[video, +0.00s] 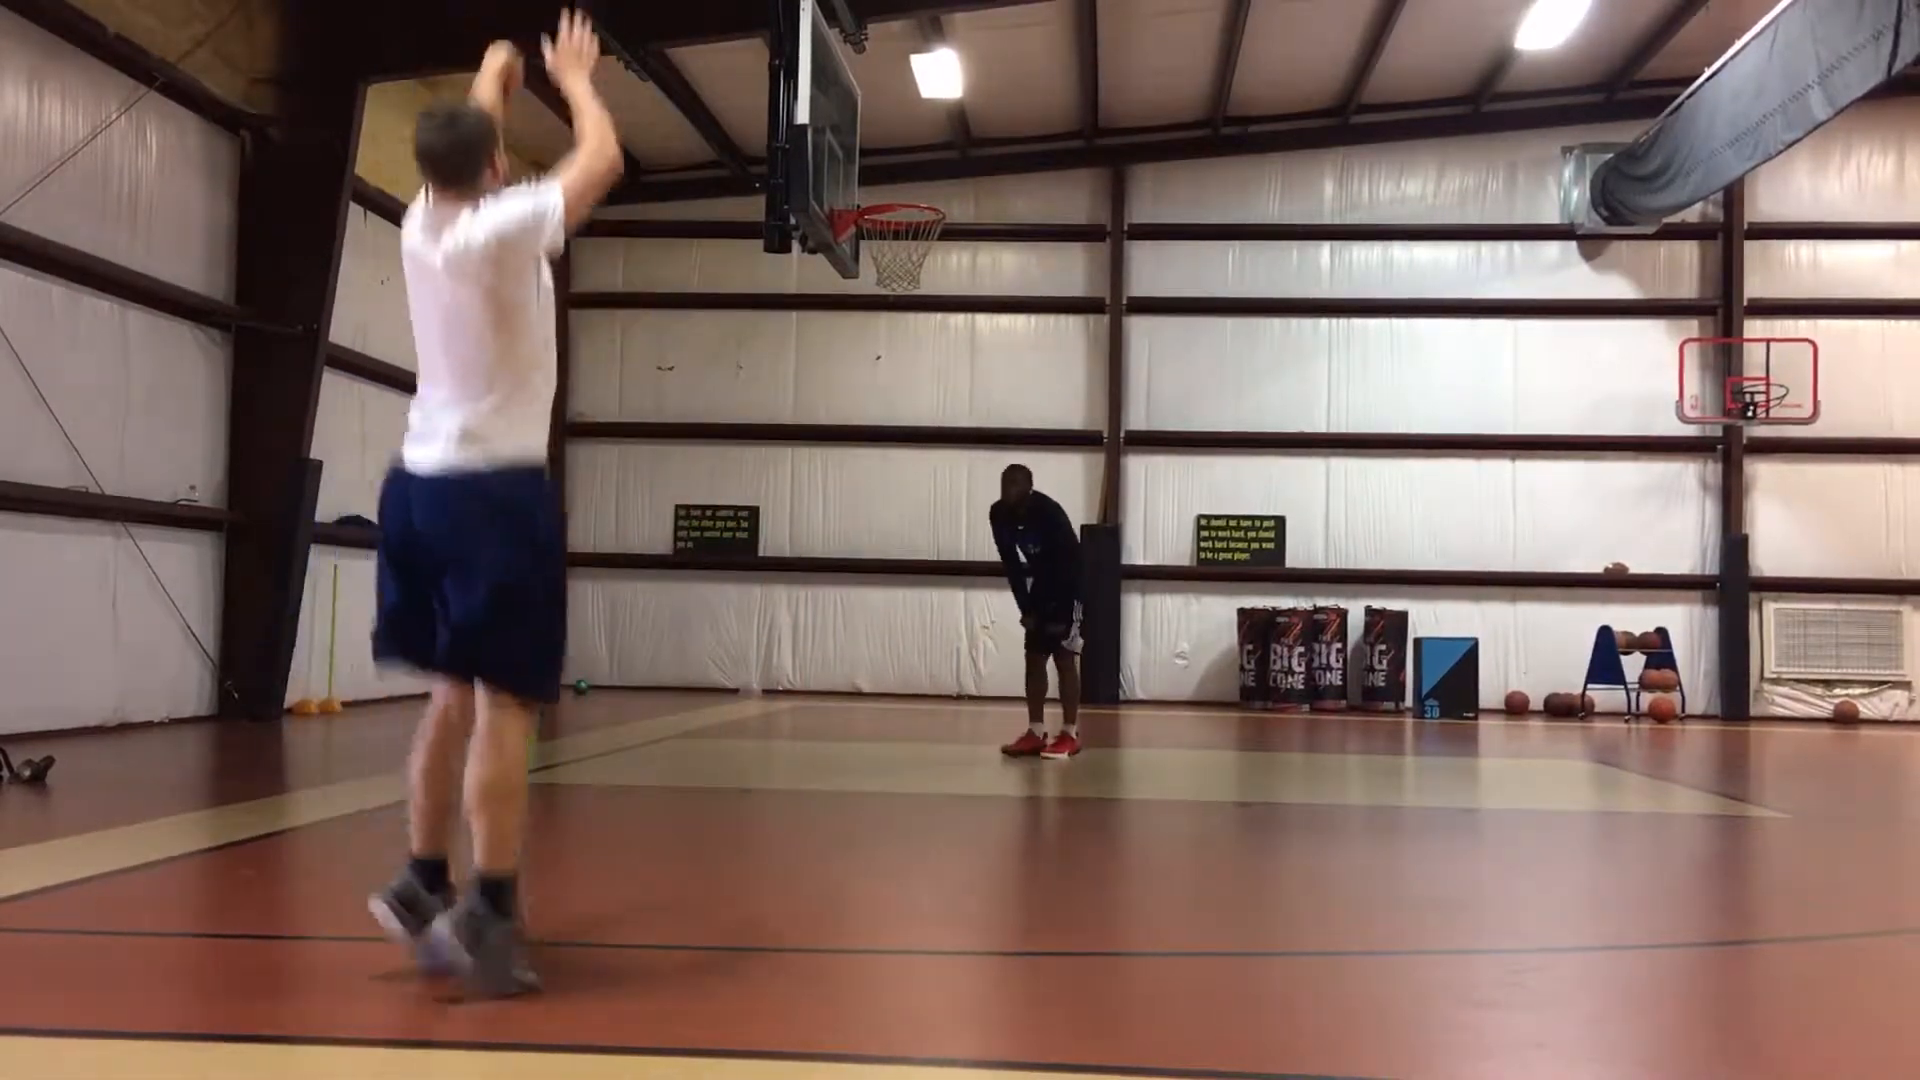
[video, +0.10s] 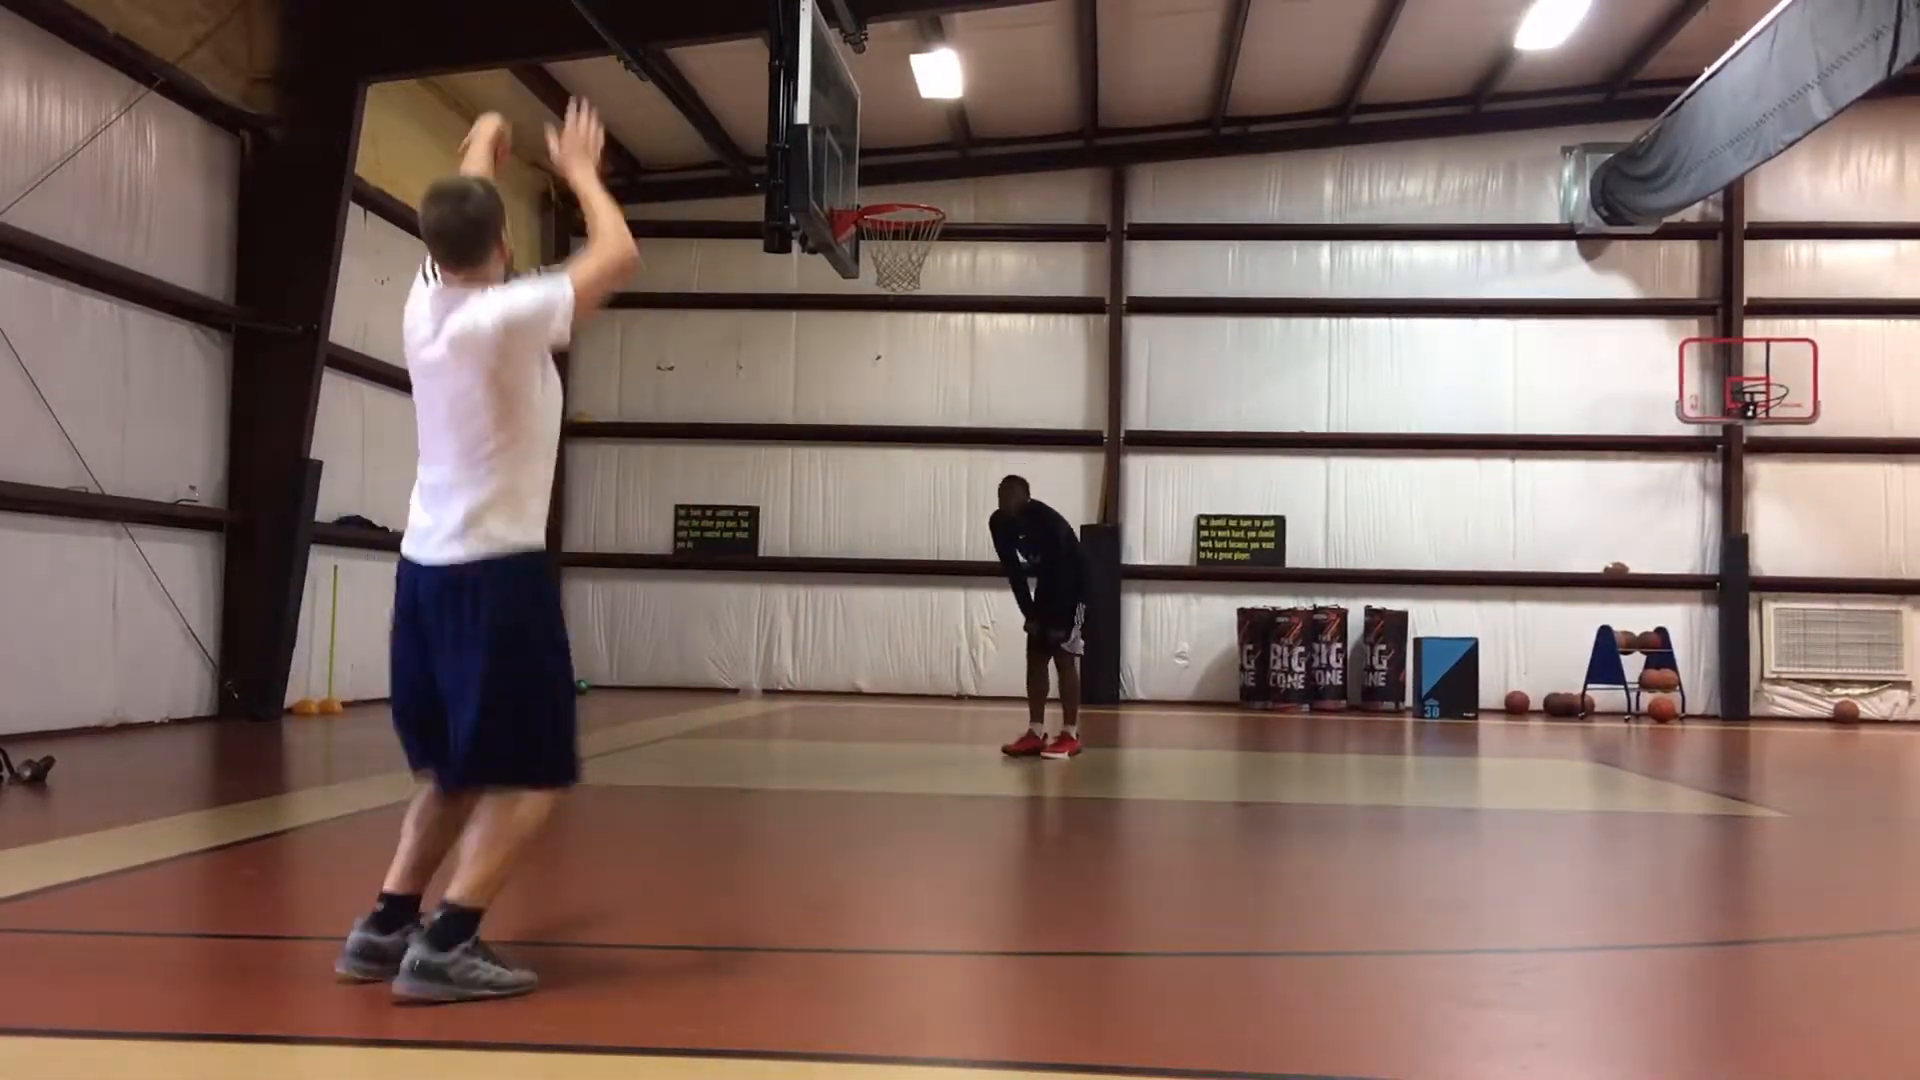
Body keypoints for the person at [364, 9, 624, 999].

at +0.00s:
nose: (502, 146)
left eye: (489, 138)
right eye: (497, 139)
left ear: (425, 163)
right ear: (494, 157)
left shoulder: (423, 223)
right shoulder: (513, 226)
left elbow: (466, 143)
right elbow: (602, 154)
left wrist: (493, 75)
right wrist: (579, 79)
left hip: (421, 488)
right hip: (501, 491)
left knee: (449, 693)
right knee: (503, 705)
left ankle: (422, 884)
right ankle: (488, 914)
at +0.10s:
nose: (514, 238)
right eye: (506, 227)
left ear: (432, 245)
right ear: (501, 242)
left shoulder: (425, 308)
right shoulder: (513, 312)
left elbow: (451, 227)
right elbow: (616, 253)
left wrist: (479, 156)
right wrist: (584, 174)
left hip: (427, 573)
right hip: (501, 577)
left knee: (454, 769)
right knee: (536, 778)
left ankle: (385, 925)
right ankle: (443, 945)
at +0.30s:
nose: (546, 218)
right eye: (543, 210)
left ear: (461, 226)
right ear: (538, 223)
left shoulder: (440, 284)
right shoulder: (555, 312)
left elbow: (449, 222)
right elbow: (677, 394)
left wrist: (448, 168)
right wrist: (643, 323)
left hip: (443, 550)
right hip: (538, 550)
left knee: (462, 730)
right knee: (604, 723)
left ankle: (399, 914)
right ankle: (555, 895)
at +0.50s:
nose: (593, 241)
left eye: (562, 234)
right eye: (594, 233)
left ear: (518, 244)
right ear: (591, 242)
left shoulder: (476, 301)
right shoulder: (620, 342)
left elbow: (447, 228)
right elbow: (703, 463)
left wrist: (434, 169)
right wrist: (665, 410)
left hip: (474, 573)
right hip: (578, 579)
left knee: (462, 753)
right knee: (617, 764)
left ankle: (396, 928)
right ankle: (634, 946)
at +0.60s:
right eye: (626, 218)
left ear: (544, 232)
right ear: (623, 227)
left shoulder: (503, 290)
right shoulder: (658, 326)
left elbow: (453, 227)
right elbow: (725, 464)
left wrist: (430, 172)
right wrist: (744, 513)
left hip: (495, 561)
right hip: (604, 568)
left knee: (463, 743)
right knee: (628, 763)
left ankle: (411, 921)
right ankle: (635, 957)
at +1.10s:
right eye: (645, 185)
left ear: (556, 196)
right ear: (645, 192)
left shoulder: (511, 272)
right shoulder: (685, 286)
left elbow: (445, 314)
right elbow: (695, 426)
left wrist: (465, 248)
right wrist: (709, 570)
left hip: (522, 554)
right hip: (639, 561)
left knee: (522, 773)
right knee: (635, 774)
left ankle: (516, 1004)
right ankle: (641, 968)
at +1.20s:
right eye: (643, 172)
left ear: (548, 182)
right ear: (640, 178)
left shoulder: (503, 265)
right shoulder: (683, 271)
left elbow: (435, 372)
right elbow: (692, 416)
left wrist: (513, 352)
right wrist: (705, 563)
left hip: (517, 553)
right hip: (637, 558)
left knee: (520, 777)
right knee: (636, 778)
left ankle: (514, 1013)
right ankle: (641, 974)